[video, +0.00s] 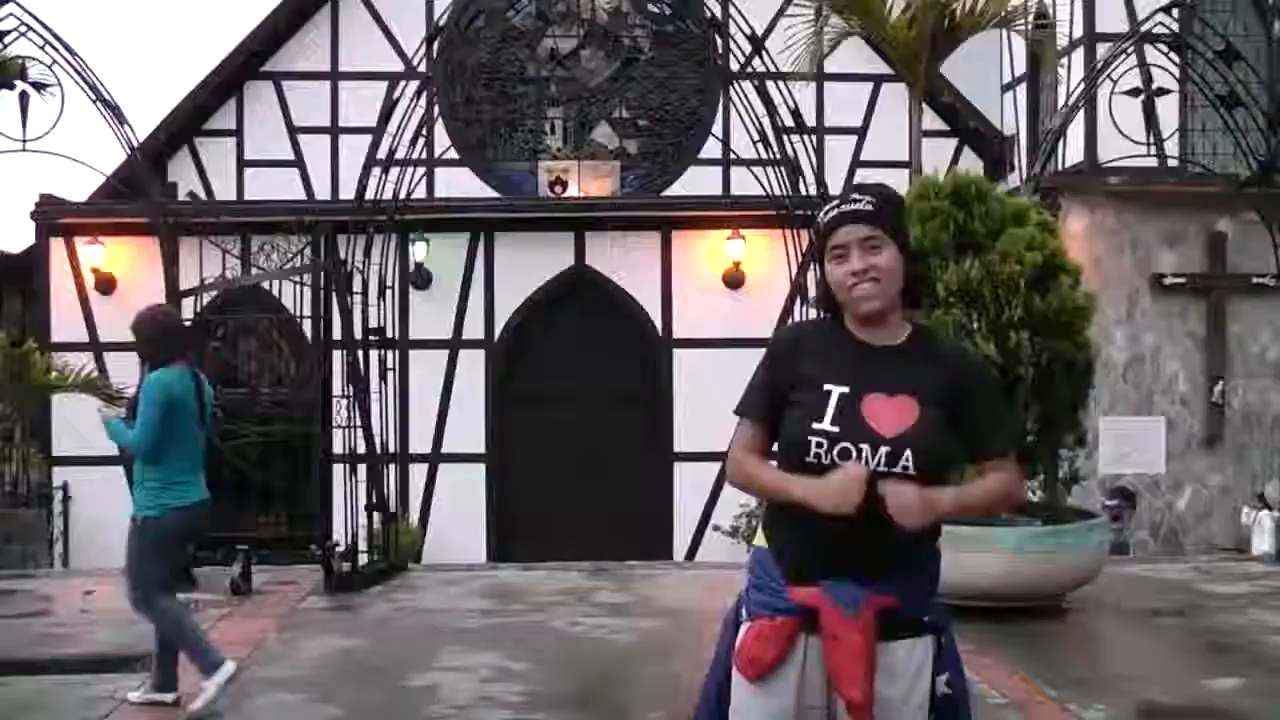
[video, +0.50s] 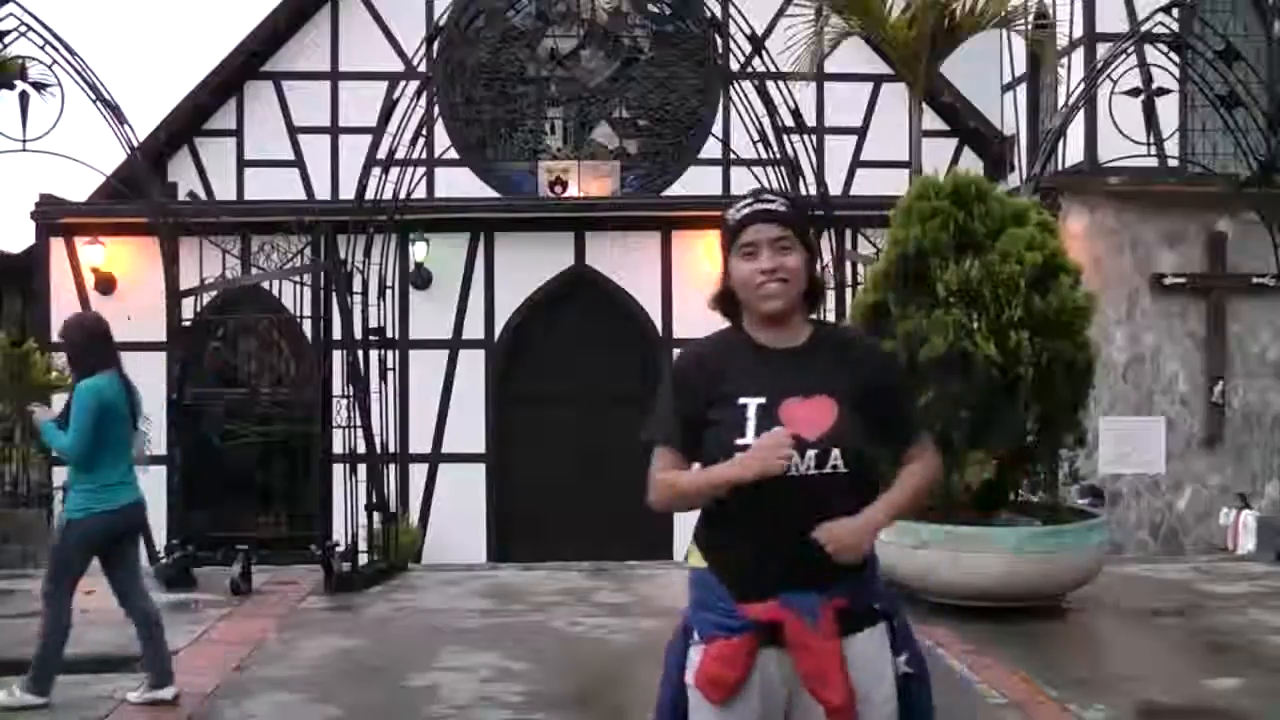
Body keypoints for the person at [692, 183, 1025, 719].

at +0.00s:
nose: (857, 266)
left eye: (873, 248)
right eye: (840, 255)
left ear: (905, 260)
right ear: (825, 274)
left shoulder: (954, 368)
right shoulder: (794, 349)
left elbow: (1008, 484)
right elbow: (740, 461)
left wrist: (937, 502)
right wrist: (810, 490)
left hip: (899, 622)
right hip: (784, 613)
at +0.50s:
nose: (768, 265)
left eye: (783, 248)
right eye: (749, 253)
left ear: (811, 264)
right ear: (728, 273)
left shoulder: (859, 358)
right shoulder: (700, 366)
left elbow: (924, 460)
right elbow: (660, 490)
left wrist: (866, 524)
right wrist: (739, 468)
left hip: (844, 609)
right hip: (731, 614)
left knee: (872, 709)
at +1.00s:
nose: (680, 274)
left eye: (690, 255)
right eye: (657, 262)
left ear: (711, 261)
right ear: (632, 281)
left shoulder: (752, 339)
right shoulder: (619, 386)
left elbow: (820, 423)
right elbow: (589, 517)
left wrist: (807, 449)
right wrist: (685, 564)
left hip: (769, 614)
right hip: (675, 630)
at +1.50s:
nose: (765, 271)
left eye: (776, 254)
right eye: (745, 260)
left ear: (797, 264)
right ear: (720, 279)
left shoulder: (827, 359)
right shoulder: (691, 363)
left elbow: (870, 453)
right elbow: (656, 480)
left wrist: (856, 481)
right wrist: (765, 479)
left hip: (804, 580)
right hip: (712, 583)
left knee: (815, 709)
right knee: (714, 709)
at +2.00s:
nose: (819, 277)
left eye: (831, 262)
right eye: (800, 264)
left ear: (851, 275)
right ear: (775, 281)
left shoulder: (857, 367)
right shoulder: (746, 354)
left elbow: (885, 452)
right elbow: (703, 463)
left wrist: (895, 472)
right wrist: (814, 459)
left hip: (828, 572)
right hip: (745, 571)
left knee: (836, 710)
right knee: (772, 708)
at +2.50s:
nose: (749, 298)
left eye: (760, 278)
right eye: (727, 285)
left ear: (778, 283)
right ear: (698, 301)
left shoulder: (789, 359)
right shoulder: (680, 389)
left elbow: (827, 438)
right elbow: (665, 534)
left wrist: (858, 465)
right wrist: (782, 516)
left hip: (773, 608)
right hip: (701, 620)